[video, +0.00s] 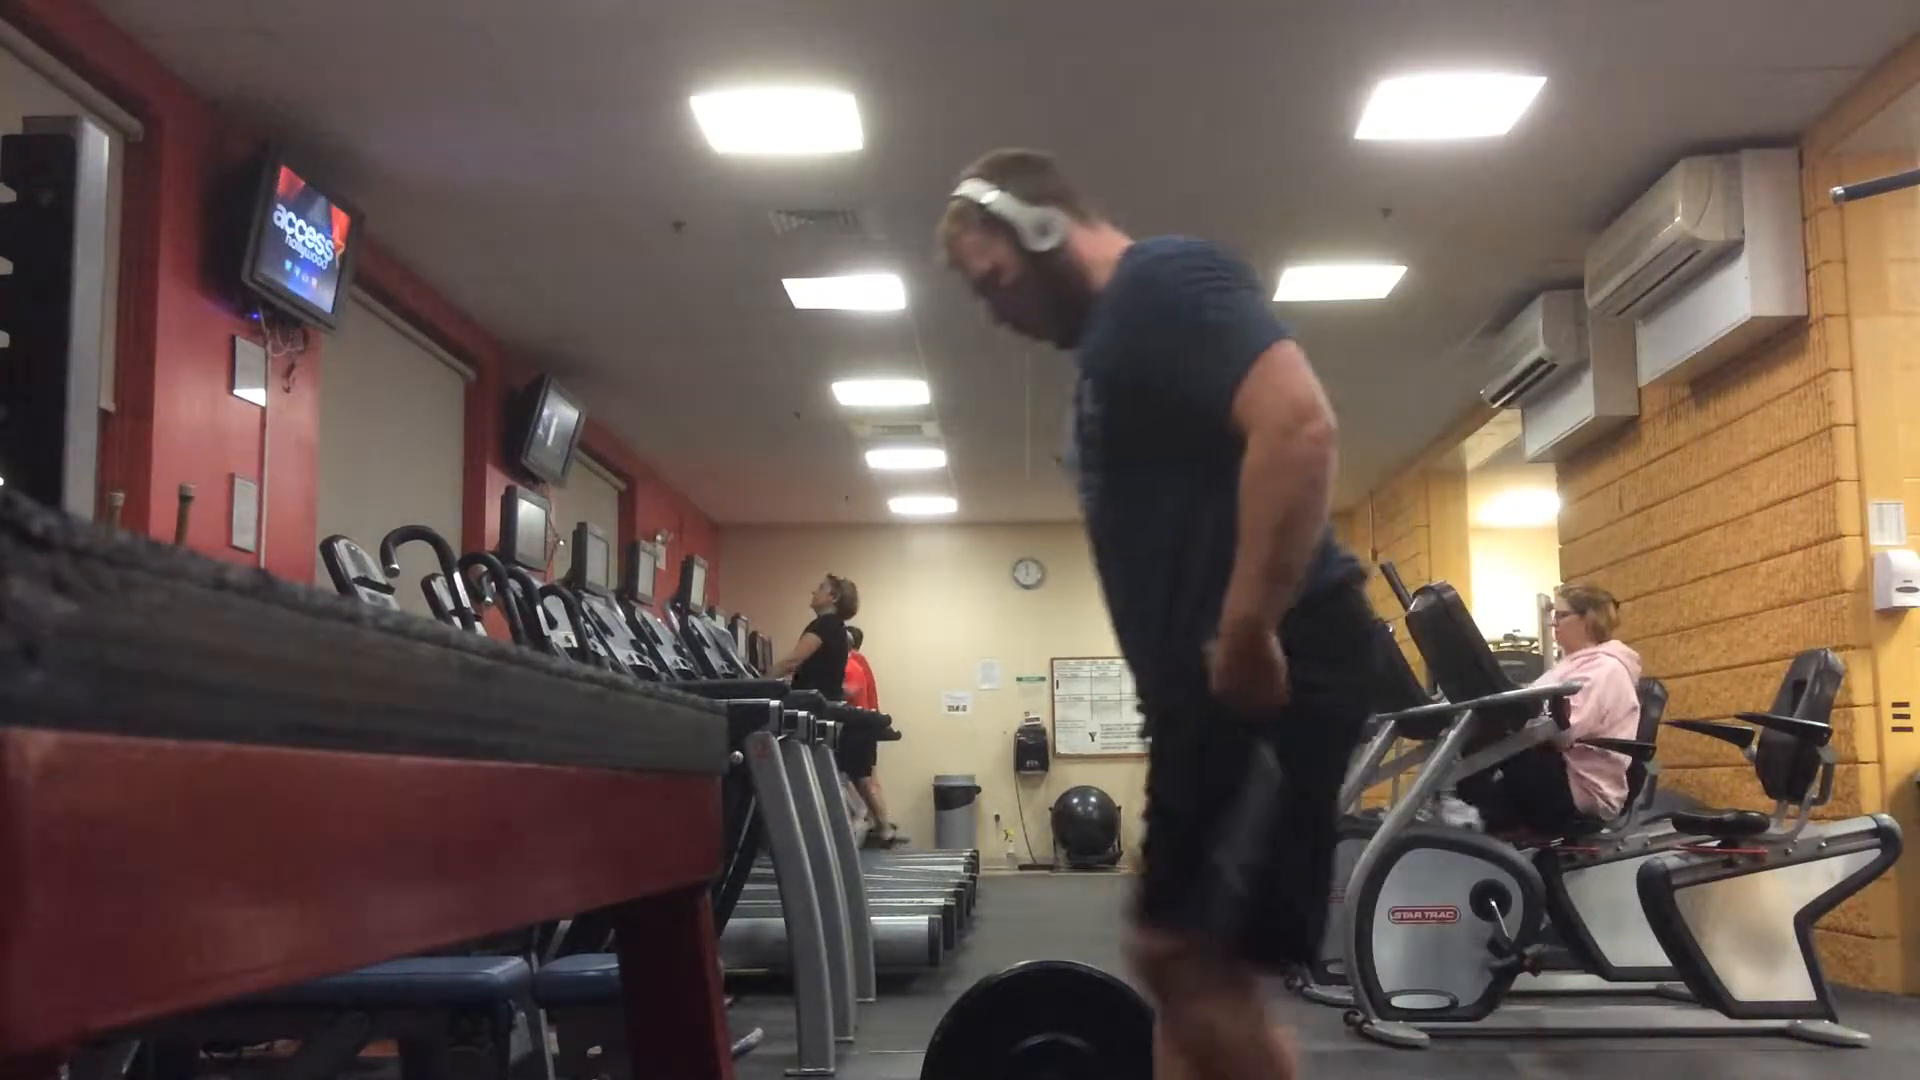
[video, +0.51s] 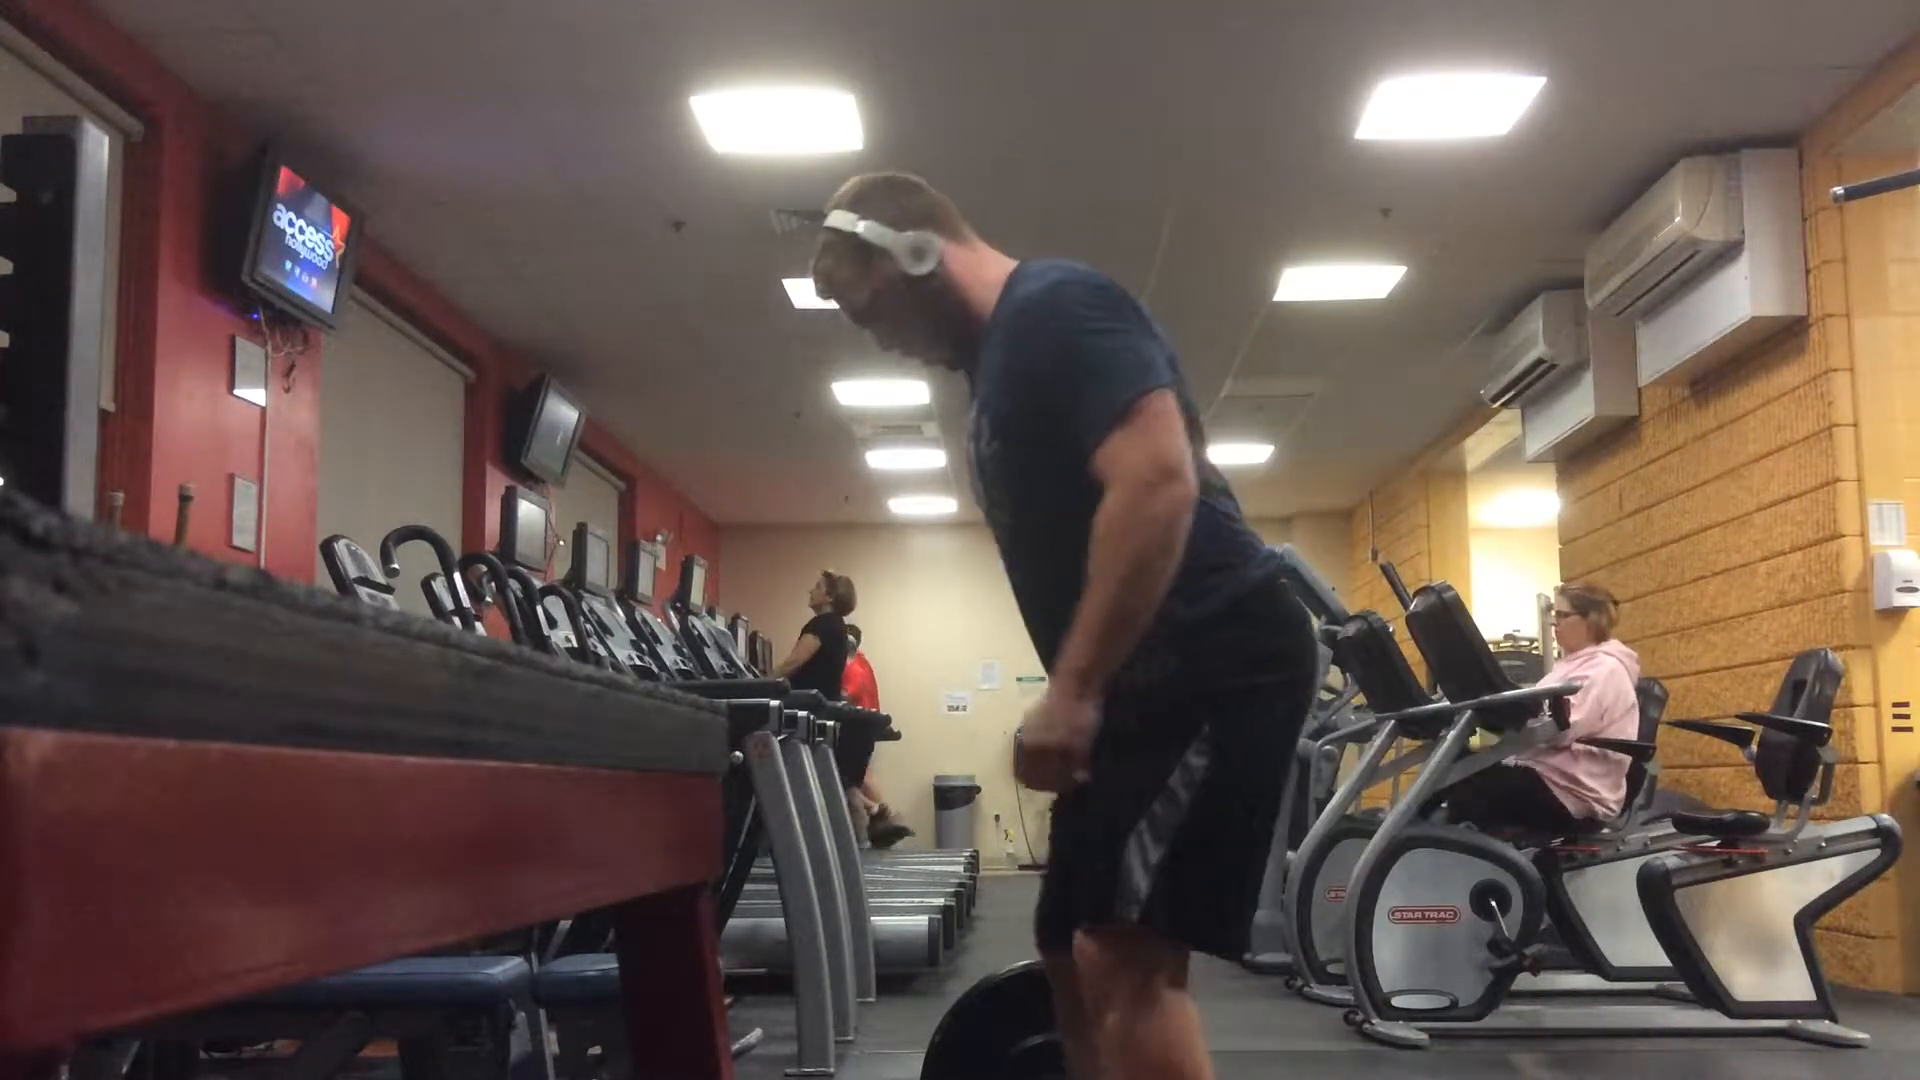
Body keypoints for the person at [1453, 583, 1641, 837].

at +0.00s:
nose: (1553, 623)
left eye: (1561, 615)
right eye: (1554, 615)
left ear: (1589, 620)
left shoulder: (1606, 668)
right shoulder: (1573, 663)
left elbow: (1564, 732)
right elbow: (1529, 699)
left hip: (1585, 795)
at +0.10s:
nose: (1555, 625)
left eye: (1562, 617)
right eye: (1555, 617)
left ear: (1590, 621)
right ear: (1586, 622)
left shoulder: (1607, 670)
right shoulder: (1573, 663)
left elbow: (1563, 734)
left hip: (1584, 797)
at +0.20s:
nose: (1555, 625)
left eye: (1563, 617)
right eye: (1556, 618)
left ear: (1591, 623)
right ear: (1586, 625)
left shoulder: (1607, 672)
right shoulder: (1571, 666)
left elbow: (1563, 737)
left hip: (1573, 796)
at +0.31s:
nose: (1554, 622)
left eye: (1563, 616)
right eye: (1555, 615)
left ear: (1591, 623)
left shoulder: (1604, 672)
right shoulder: (1570, 665)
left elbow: (1560, 735)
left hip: (1570, 799)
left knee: (1465, 818)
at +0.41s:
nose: (1553, 621)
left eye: (1562, 614)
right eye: (1555, 614)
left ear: (1592, 620)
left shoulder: (1603, 670)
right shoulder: (1575, 663)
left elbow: (1558, 731)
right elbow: (1527, 701)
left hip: (1573, 796)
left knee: (1465, 812)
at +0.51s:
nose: (1554, 624)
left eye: (1561, 616)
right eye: (1554, 616)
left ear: (1591, 621)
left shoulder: (1605, 669)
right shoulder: (1572, 663)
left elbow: (1559, 730)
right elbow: (1534, 715)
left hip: (1574, 794)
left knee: (1467, 794)